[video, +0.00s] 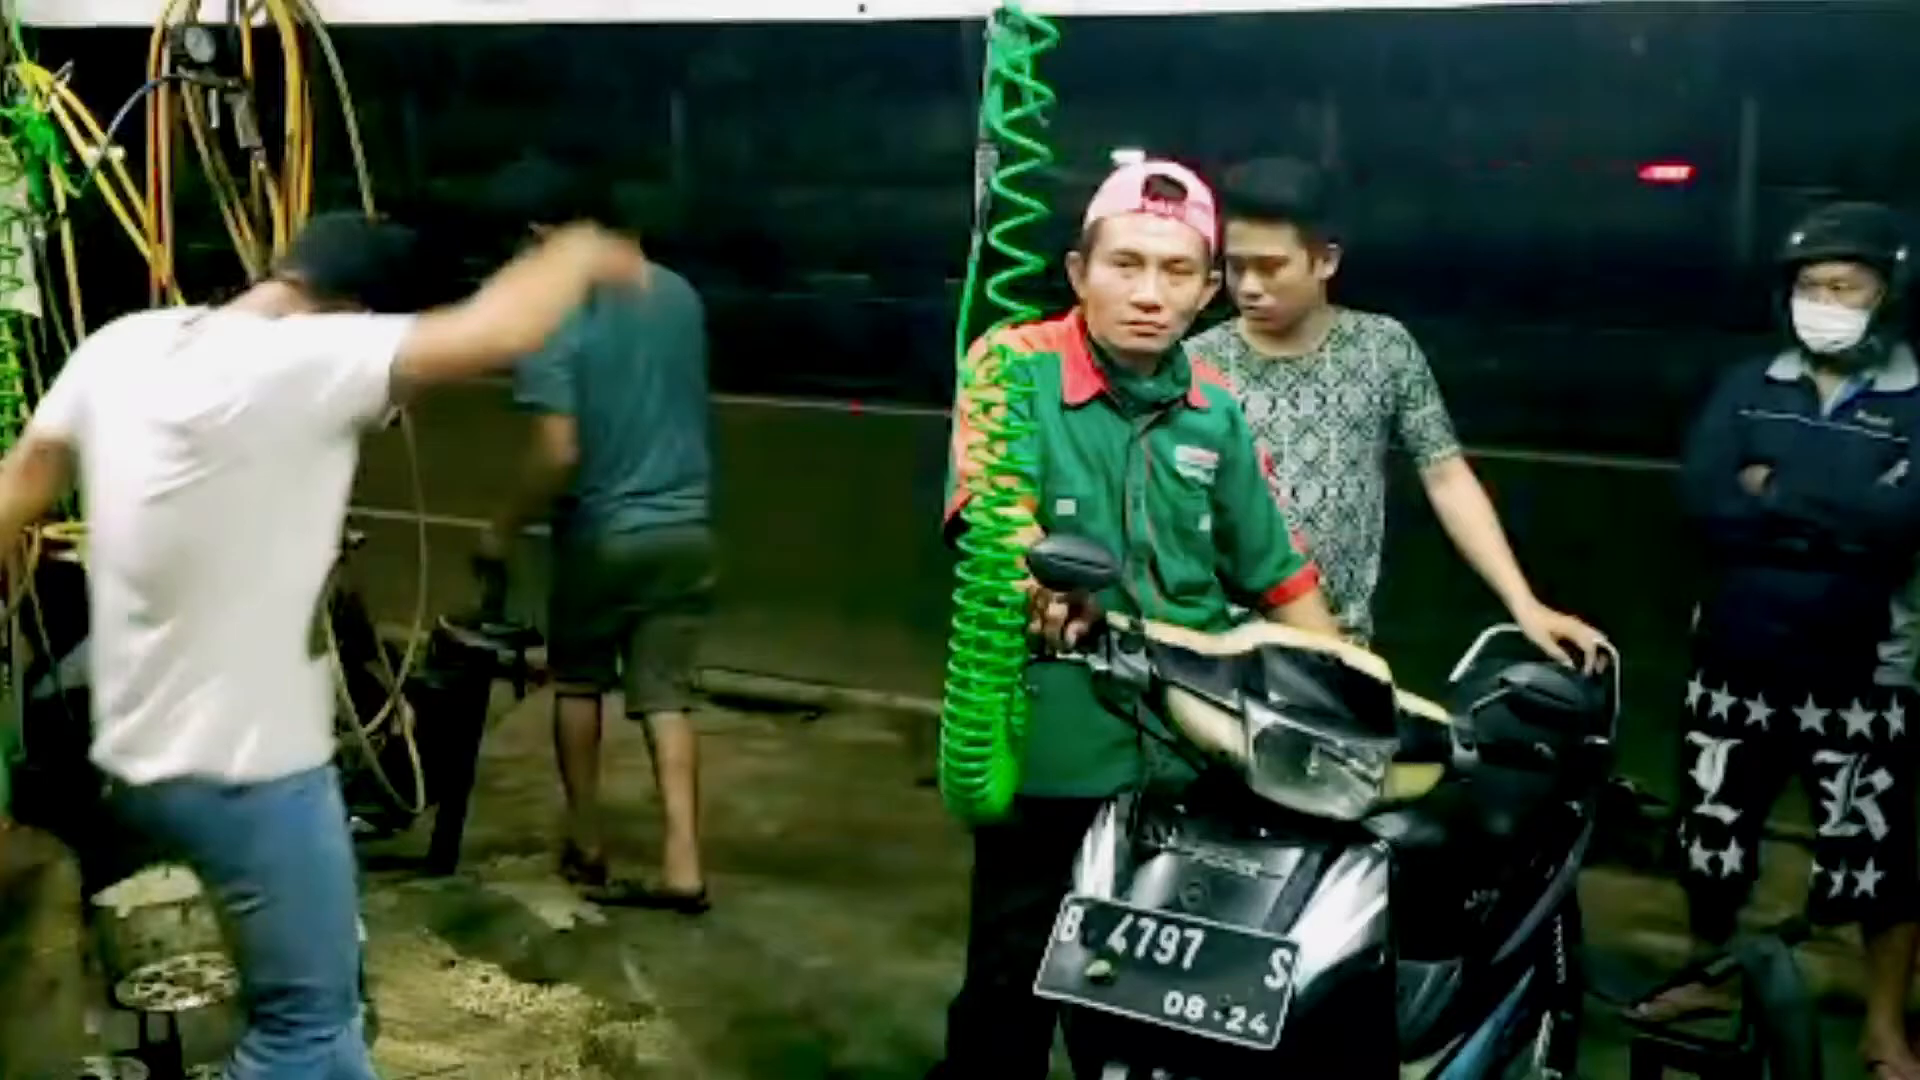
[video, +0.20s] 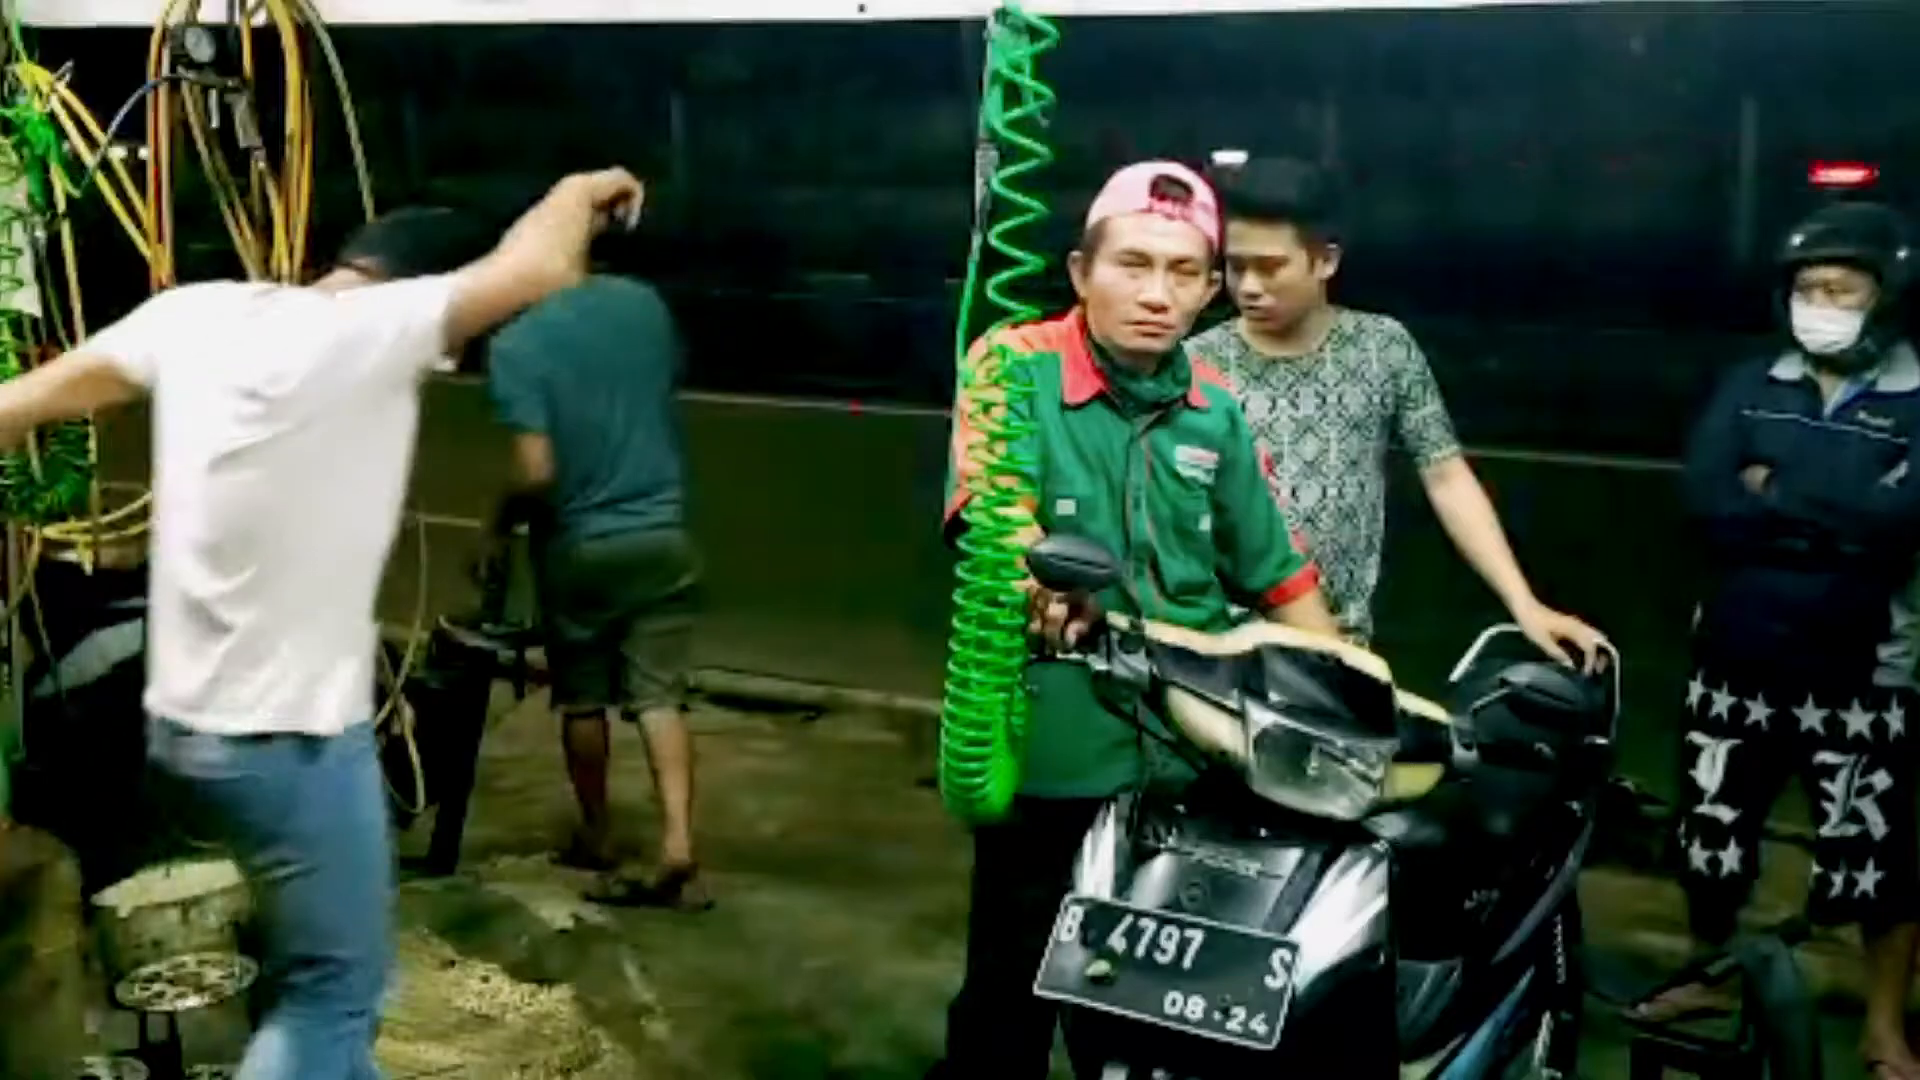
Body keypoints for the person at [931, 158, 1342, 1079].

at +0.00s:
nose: (1150, 294)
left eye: (1178, 272)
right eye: (1125, 265)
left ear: (1207, 287)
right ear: (1079, 272)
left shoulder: (1211, 411)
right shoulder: (1015, 368)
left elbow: (1284, 581)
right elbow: (988, 509)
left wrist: (1358, 692)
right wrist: (1042, 594)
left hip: (1187, 750)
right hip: (1049, 748)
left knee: (1156, 1002)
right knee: (1008, 1004)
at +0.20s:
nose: (1157, 295)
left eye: (1183, 272)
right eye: (1133, 265)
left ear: (1208, 289)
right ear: (1081, 273)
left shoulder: (1212, 410)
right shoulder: (1014, 367)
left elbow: (1284, 581)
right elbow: (988, 510)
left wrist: (1351, 695)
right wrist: (1041, 597)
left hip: (1187, 753)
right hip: (1048, 751)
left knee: (1158, 1005)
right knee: (1007, 1008)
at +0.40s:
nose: (1175, 295)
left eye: (1196, 273)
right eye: (1150, 266)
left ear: (1214, 288)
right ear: (1088, 274)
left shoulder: (1212, 410)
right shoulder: (1014, 367)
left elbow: (1284, 579)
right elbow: (987, 508)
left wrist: (1350, 696)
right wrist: (1042, 594)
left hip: (1187, 755)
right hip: (1049, 754)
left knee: (1157, 1011)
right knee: (1006, 1013)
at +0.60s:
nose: (1183, 295)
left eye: (1203, 274)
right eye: (1158, 267)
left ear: (1218, 288)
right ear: (1092, 273)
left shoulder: (1213, 411)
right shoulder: (1015, 366)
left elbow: (1285, 584)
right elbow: (988, 511)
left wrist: (1354, 700)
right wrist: (1041, 597)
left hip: (1188, 757)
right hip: (1050, 756)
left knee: (1156, 1012)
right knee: (1006, 1013)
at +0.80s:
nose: (1188, 294)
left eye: (1206, 273)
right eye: (1162, 266)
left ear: (1221, 288)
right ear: (1094, 273)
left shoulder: (1213, 411)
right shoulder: (1015, 366)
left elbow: (1286, 584)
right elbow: (989, 509)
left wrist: (1354, 700)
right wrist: (1041, 595)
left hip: (1187, 756)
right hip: (1050, 754)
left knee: (1157, 1009)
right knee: (1007, 1011)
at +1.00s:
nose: (1193, 294)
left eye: (1210, 272)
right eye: (1167, 266)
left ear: (1222, 287)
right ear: (1096, 273)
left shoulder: (1212, 410)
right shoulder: (1016, 367)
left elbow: (1286, 584)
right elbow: (990, 511)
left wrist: (1351, 700)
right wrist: (1043, 595)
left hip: (1185, 758)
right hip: (1049, 756)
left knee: (1155, 1010)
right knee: (1007, 1011)